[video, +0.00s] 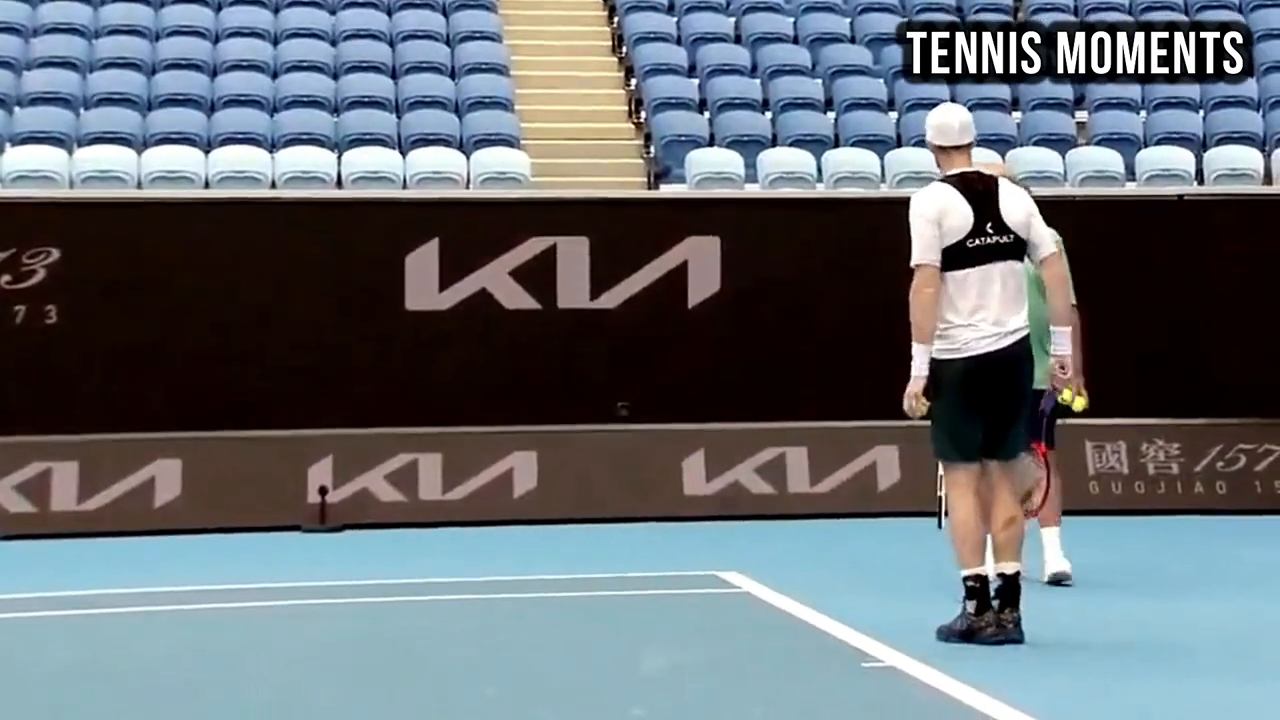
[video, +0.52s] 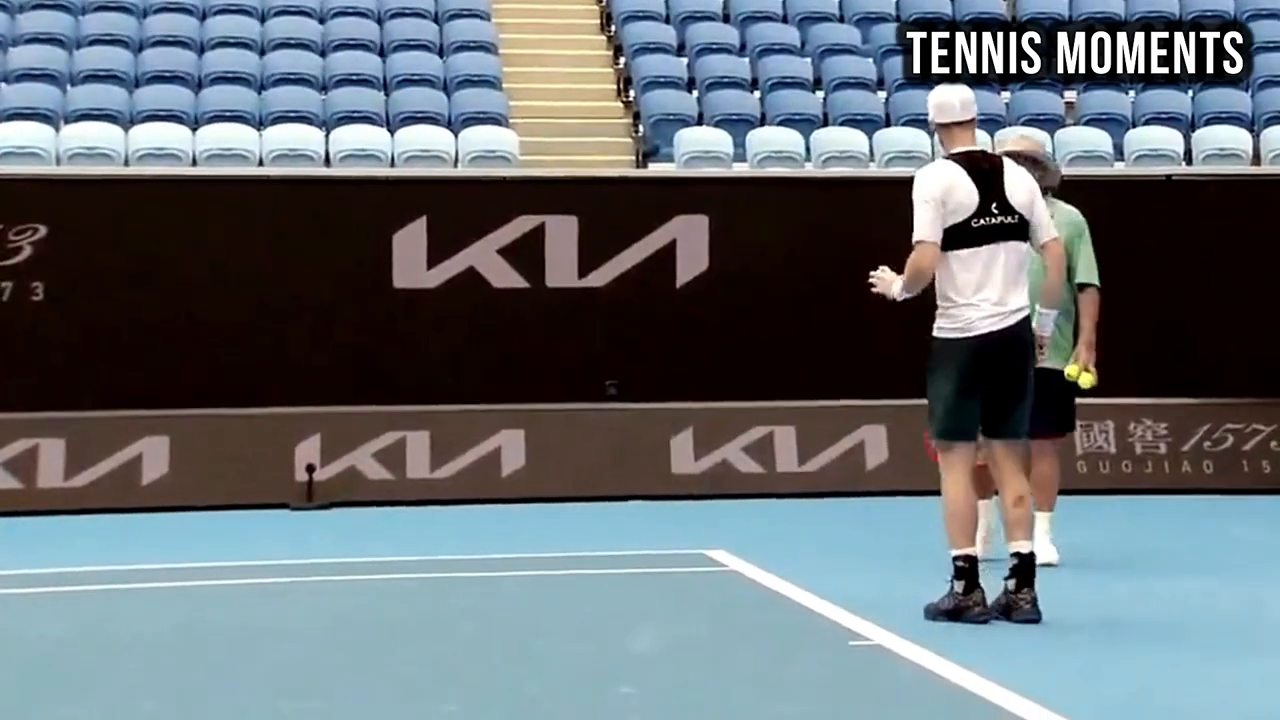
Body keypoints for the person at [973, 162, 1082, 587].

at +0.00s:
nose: (990, 199)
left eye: (996, 186)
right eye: (981, 187)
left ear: (1014, 189)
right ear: (973, 192)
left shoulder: (1041, 240)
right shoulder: (966, 245)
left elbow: (1063, 303)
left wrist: (1067, 358)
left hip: (1035, 365)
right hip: (987, 367)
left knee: (1041, 457)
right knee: (994, 466)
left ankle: (1053, 551)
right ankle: (992, 562)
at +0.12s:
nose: (993, 196)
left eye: (1001, 185)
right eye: (986, 186)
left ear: (1021, 191)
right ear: (979, 191)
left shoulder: (1050, 236)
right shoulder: (972, 235)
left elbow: (1071, 305)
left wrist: (1075, 363)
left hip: (1038, 358)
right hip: (987, 360)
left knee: (1041, 452)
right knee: (989, 459)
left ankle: (1051, 549)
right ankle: (994, 554)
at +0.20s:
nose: (999, 196)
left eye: (1005, 186)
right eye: (994, 187)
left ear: (1021, 187)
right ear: (988, 190)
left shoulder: (1054, 232)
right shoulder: (975, 230)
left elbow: (1074, 303)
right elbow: (956, 297)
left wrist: (1078, 362)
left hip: (1042, 360)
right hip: (989, 360)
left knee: (1043, 449)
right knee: (989, 454)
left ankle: (1049, 545)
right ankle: (988, 546)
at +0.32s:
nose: (1004, 179)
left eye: (1012, 170)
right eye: (997, 170)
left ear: (1030, 174)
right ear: (988, 175)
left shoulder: (1055, 222)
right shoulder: (979, 217)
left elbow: (1076, 293)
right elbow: (961, 283)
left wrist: (1077, 352)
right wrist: (967, 341)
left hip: (1040, 348)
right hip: (990, 347)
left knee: (1040, 442)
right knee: (987, 444)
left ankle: (1040, 533)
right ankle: (985, 529)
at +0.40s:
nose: (1009, 176)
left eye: (1018, 167)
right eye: (1003, 166)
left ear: (1036, 171)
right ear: (992, 170)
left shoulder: (1061, 220)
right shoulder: (981, 215)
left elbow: (1081, 290)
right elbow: (965, 280)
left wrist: (1081, 349)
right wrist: (970, 338)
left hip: (1044, 348)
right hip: (992, 345)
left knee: (1041, 441)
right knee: (989, 443)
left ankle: (1040, 532)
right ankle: (984, 527)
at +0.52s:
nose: (1018, 172)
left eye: (1027, 163)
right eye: (1010, 163)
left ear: (1044, 170)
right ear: (996, 167)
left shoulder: (1067, 219)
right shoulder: (984, 215)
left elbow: (1087, 286)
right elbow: (966, 280)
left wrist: (1085, 344)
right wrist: (973, 333)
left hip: (1048, 353)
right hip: (994, 349)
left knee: (1043, 443)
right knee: (984, 444)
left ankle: (1041, 532)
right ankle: (986, 524)